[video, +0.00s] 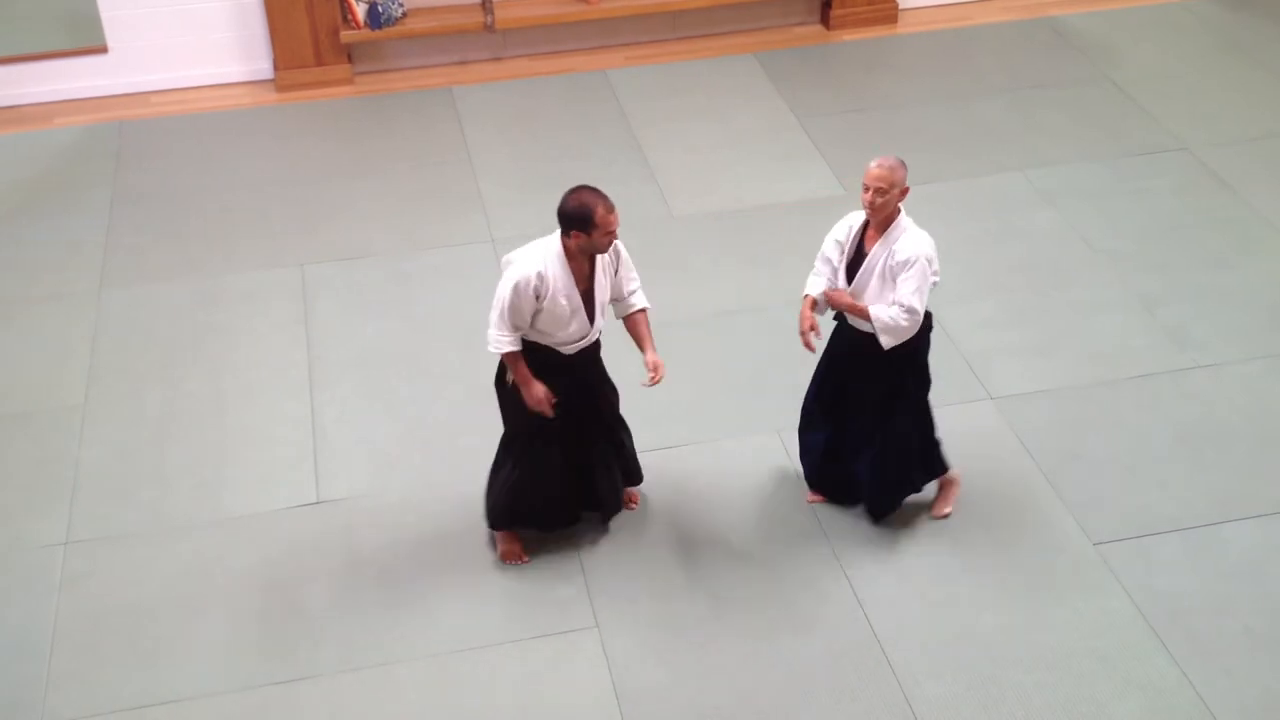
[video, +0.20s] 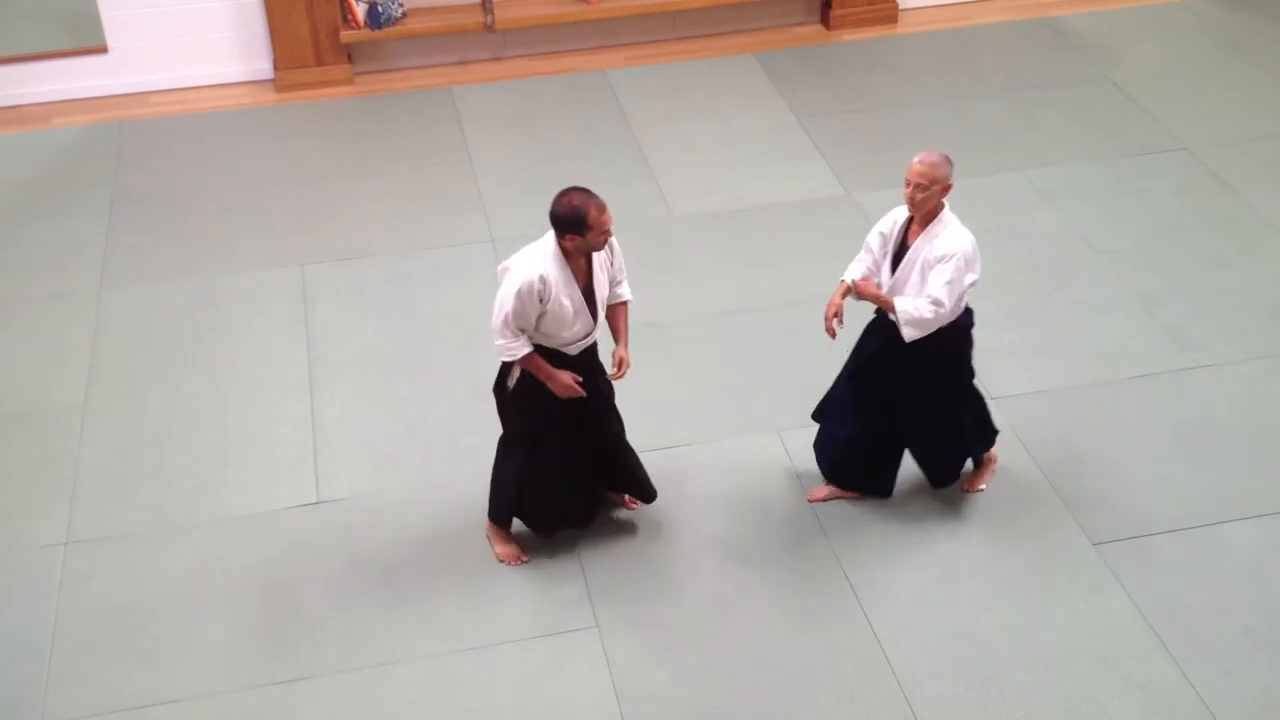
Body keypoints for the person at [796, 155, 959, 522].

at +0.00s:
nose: (869, 198)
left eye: (879, 192)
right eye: (865, 189)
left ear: (902, 194)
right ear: (860, 186)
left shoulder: (915, 248)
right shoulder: (851, 224)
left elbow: (905, 319)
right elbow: (824, 266)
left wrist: (853, 307)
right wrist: (807, 308)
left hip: (897, 341)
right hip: (851, 333)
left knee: (905, 416)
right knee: (823, 406)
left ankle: (945, 479)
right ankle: (831, 480)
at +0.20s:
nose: (910, 194)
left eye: (920, 188)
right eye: (908, 184)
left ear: (944, 191)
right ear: (903, 181)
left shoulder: (957, 246)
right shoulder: (897, 220)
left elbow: (935, 310)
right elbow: (868, 257)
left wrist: (881, 299)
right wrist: (839, 294)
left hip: (938, 339)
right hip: (891, 329)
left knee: (955, 401)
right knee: (859, 401)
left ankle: (985, 456)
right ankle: (852, 480)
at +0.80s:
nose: (967, 172)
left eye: (977, 167)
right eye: (966, 163)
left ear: (1004, 169)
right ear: (966, 159)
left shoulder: (1009, 220)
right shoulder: (960, 193)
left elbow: (957, 265)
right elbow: (917, 227)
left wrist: (888, 260)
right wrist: (862, 257)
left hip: (987, 317)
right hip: (945, 304)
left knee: (979, 392)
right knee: (909, 368)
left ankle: (985, 461)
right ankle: (891, 427)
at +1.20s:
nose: (917, 169)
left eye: (925, 163)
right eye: (915, 161)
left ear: (951, 164)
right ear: (915, 157)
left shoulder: (959, 213)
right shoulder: (908, 190)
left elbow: (907, 258)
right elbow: (873, 228)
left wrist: (841, 259)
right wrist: (828, 266)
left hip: (957, 306)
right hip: (914, 298)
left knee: (968, 383)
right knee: (886, 367)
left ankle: (989, 456)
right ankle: (882, 432)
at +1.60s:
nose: (923, 178)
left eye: (932, 173)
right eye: (923, 170)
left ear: (960, 176)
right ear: (924, 165)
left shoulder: (968, 225)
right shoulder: (930, 198)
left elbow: (914, 265)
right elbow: (901, 238)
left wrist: (860, 271)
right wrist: (869, 253)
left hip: (966, 316)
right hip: (925, 304)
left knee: (962, 400)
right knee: (888, 372)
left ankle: (1004, 478)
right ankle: (882, 437)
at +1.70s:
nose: (940, 184)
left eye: (949, 179)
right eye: (941, 176)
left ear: (978, 183)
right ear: (969, 181)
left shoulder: (986, 231)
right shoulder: (955, 206)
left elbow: (934, 272)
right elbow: (924, 249)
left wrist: (866, 283)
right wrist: (889, 258)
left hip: (990, 321)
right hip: (952, 309)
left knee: (973, 403)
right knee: (903, 368)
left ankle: (1005, 481)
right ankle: (886, 431)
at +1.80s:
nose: (959, 188)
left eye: (968, 183)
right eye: (960, 180)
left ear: (996, 186)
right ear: (989, 185)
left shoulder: (1000, 237)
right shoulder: (979, 211)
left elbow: (947, 280)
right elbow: (945, 259)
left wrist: (885, 295)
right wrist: (906, 255)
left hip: (1014, 328)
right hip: (985, 316)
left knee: (993, 407)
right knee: (941, 367)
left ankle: (1003, 481)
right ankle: (939, 431)